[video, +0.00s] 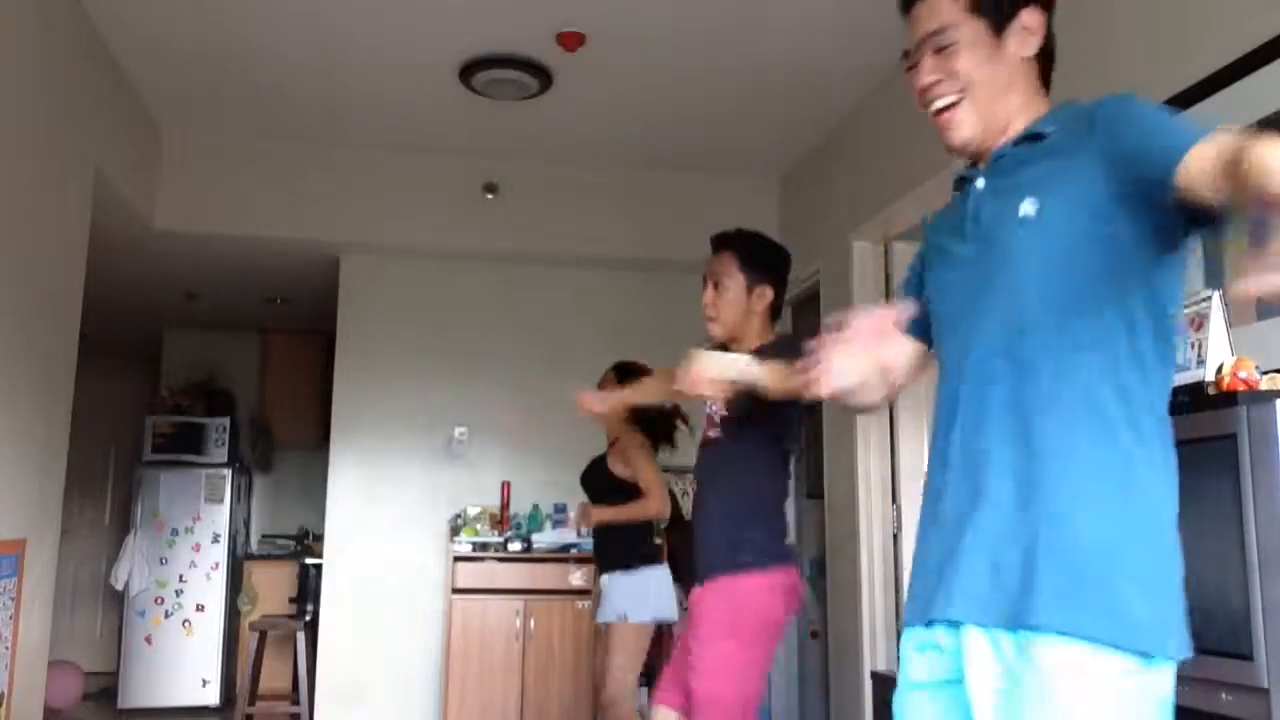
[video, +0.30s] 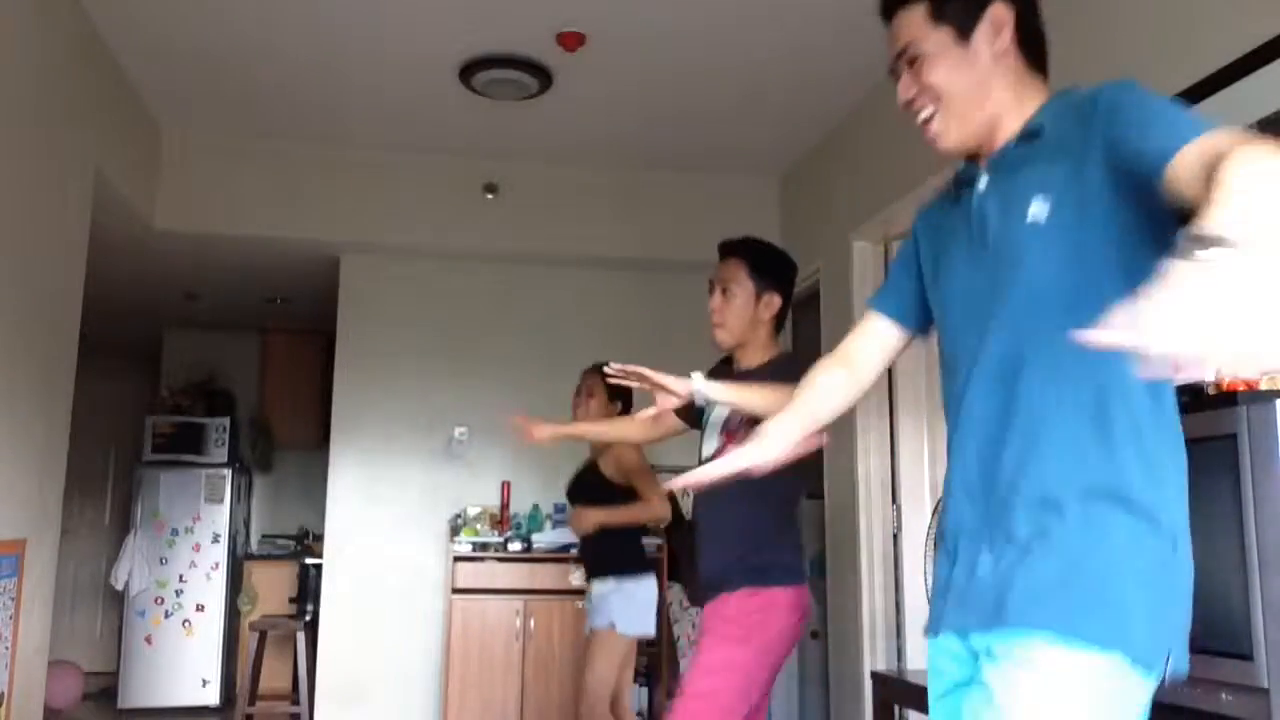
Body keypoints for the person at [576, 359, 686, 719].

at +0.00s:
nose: (597, 397)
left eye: (605, 390)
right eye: (599, 389)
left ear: (627, 396)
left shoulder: (633, 443)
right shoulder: (616, 445)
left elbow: (659, 505)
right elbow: (636, 503)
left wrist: (600, 514)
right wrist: (593, 512)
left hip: (638, 576)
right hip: (616, 575)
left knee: (617, 695)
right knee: (606, 692)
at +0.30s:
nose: (578, 401)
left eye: (589, 394)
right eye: (577, 393)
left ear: (614, 404)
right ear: (574, 399)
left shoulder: (623, 450)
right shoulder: (600, 453)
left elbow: (660, 508)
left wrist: (597, 515)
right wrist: (584, 517)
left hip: (625, 584)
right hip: (610, 581)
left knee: (594, 701)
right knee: (619, 703)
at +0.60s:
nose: (565, 425)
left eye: (577, 417)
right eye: (561, 416)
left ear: (598, 426)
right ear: (554, 420)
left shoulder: (605, 469)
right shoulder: (576, 474)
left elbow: (638, 529)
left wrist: (572, 536)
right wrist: (560, 539)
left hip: (602, 598)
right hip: (578, 599)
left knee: (581, 709)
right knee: (572, 707)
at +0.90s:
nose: (531, 412)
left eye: (543, 404)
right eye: (526, 402)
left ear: (564, 416)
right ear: (518, 408)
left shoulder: (559, 454)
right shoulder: (537, 459)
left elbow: (581, 518)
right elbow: (548, 515)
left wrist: (525, 520)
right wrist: (512, 521)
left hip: (558, 600)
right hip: (529, 596)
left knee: (528, 710)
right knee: (506, 703)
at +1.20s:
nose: (523, 391)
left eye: (535, 383)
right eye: (518, 382)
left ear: (555, 396)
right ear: (510, 390)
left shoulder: (551, 440)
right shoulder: (525, 446)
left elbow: (588, 490)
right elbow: (514, 501)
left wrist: (522, 497)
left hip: (542, 574)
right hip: (525, 572)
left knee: (503, 690)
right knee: (511, 689)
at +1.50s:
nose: (524, 410)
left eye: (535, 401)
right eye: (519, 401)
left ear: (556, 408)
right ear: (513, 406)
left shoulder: (559, 449)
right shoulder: (532, 457)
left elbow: (590, 513)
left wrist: (522, 519)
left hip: (545, 585)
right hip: (528, 585)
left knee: (523, 700)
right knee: (506, 696)